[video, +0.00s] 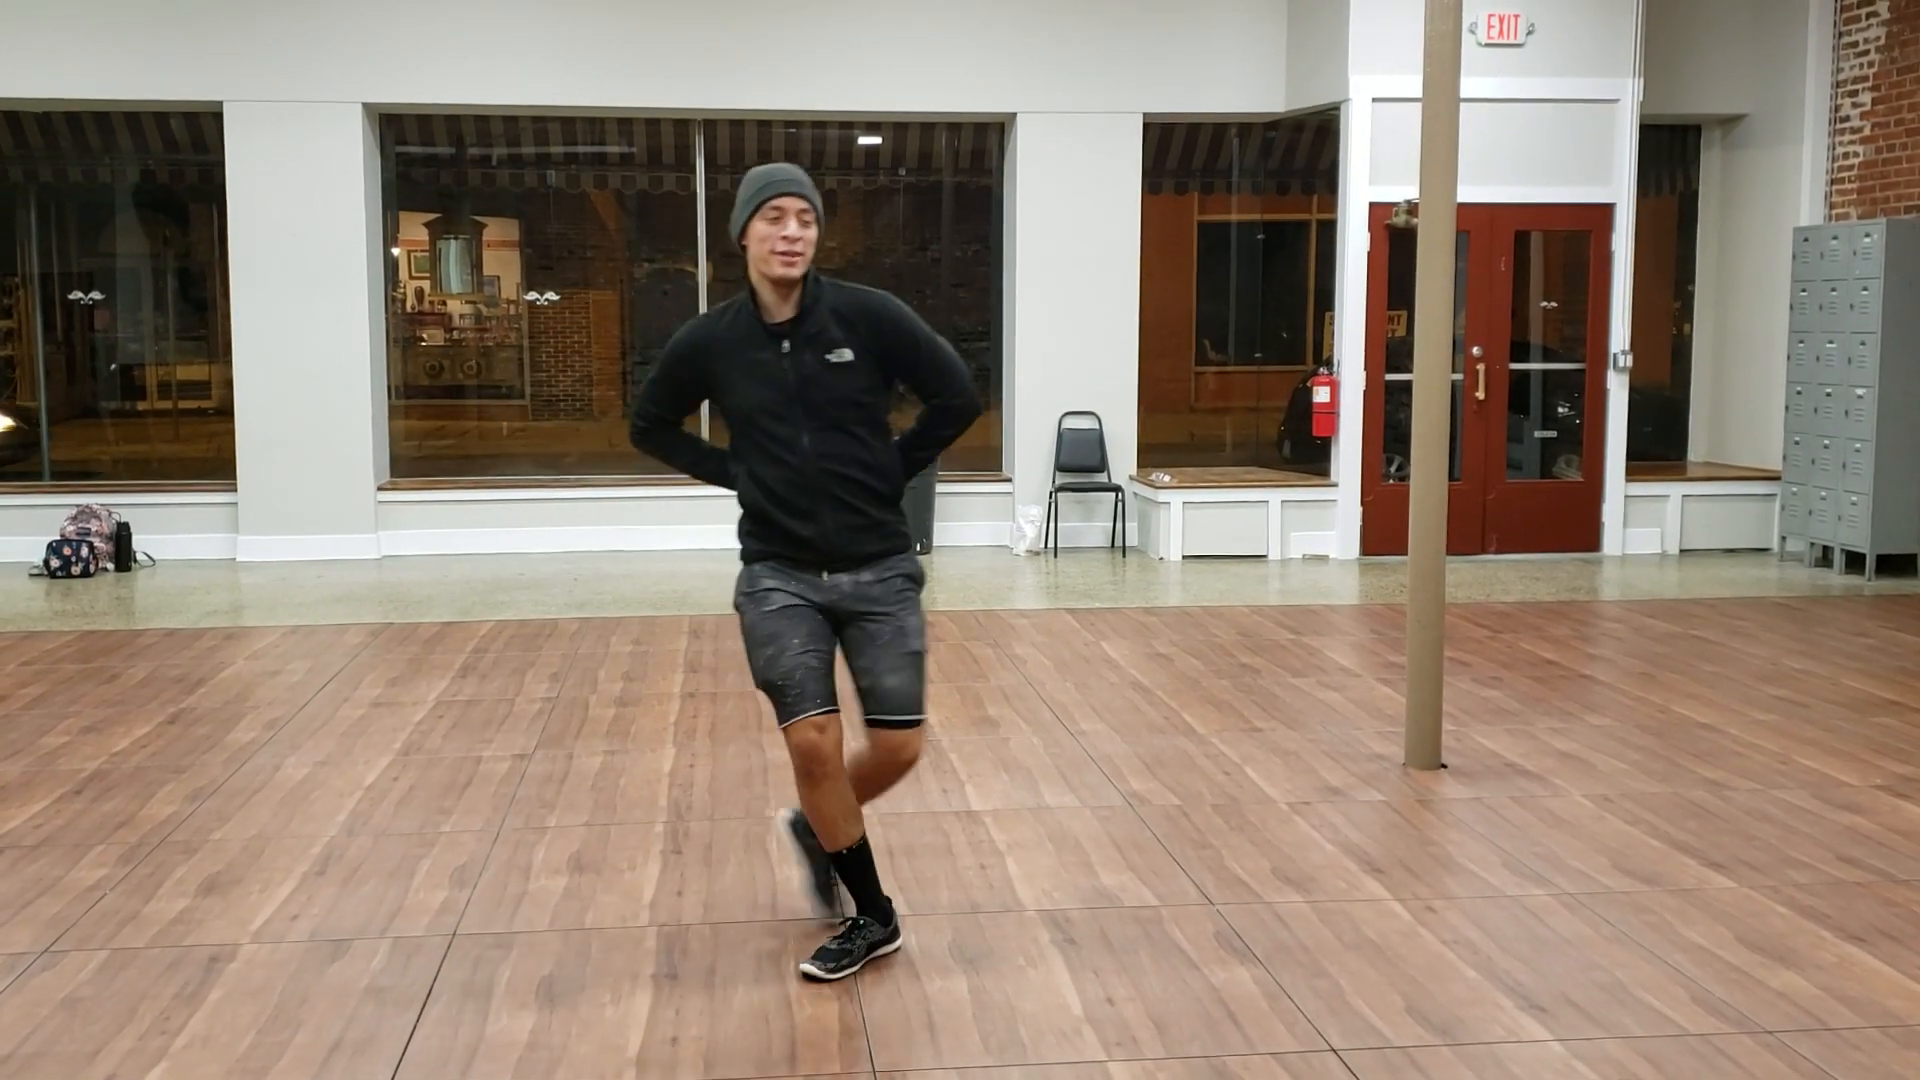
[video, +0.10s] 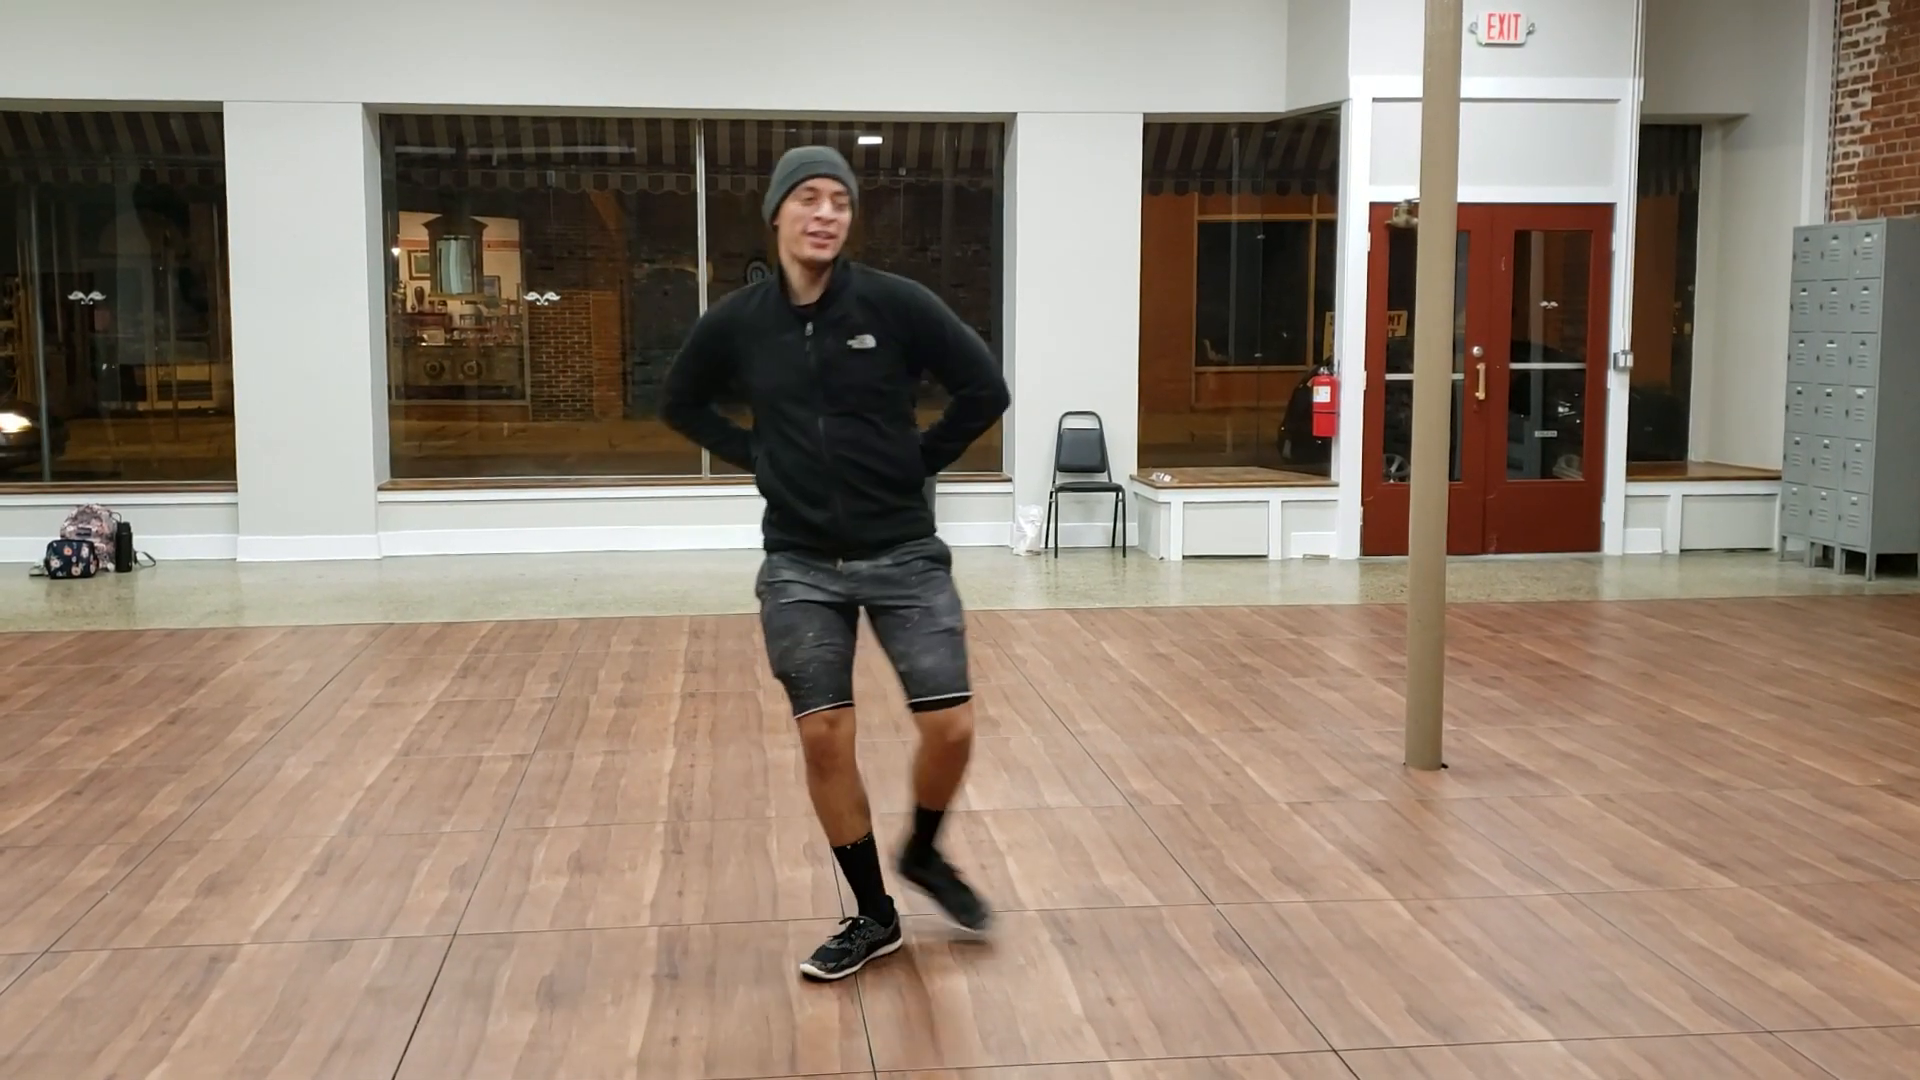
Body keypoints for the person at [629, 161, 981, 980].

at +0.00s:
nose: (790, 232)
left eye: (803, 219)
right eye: (773, 218)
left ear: (819, 236)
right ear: (742, 237)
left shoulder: (869, 316)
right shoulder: (706, 341)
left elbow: (960, 399)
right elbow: (648, 429)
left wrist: (890, 468)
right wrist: (735, 472)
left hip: (878, 568)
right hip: (777, 571)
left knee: (898, 745)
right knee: (814, 746)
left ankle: (813, 824)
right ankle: (874, 916)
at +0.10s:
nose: (822, 214)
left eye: (837, 203)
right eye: (806, 200)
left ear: (852, 222)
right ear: (774, 216)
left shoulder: (898, 304)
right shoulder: (733, 322)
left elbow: (985, 391)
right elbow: (679, 405)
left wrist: (917, 463)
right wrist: (760, 456)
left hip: (904, 554)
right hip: (799, 560)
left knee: (951, 726)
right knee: (823, 736)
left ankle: (921, 851)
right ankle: (873, 915)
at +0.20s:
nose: (855, 200)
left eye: (869, 190)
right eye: (840, 186)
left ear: (883, 210)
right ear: (807, 201)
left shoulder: (922, 295)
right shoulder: (763, 305)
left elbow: (1013, 388)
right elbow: (720, 386)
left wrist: (937, 453)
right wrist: (788, 441)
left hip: (925, 545)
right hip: (820, 552)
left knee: (990, 721)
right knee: (840, 732)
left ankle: (1032, 885)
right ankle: (876, 916)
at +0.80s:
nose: (848, 205)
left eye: (867, 198)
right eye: (838, 189)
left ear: (886, 221)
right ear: (812, 201)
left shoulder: (907, 310)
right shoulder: (775, 298)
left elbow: (995, 414)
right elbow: (729, 364)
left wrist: (913, 466)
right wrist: (775, 423)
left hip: (883, 557)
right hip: (793, 553)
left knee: (894, 735)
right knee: (799, 720)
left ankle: (1006, 868)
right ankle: (870, 857)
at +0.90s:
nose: (815, 208)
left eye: (834, 200)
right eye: (804, 193)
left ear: (852, 223)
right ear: (777, 208)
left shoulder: (878, 314)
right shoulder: (737, 304)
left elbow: (970, 412)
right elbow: (680, 367)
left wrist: (889, 469)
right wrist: (737, 427)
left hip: (849, 551)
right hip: (761, 551)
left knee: (801, 731)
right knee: (790, 731)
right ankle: (864, 863)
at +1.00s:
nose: (786, 219)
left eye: (804, 211)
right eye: (774, 205)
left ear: (821, 232)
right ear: (747, 220)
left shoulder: (853, 323)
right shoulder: (702, 312)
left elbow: (944, 416)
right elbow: (633, 379)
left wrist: (858, 476)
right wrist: (696, 446)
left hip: (813, 561)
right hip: (725, 559)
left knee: (741, 742)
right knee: (776, 740)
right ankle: (872, 853)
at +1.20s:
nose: (736, 229)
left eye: (752, 220)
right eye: (722, 215)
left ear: (768, 245)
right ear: (692, 232)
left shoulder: (799, 347)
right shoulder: (637, 316)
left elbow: (863, 446)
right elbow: (543, 382)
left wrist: (772, 494)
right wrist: (610, 461)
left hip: (727, 575)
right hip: (631, 567)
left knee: (663, 757)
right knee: (616, 761)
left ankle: (642, 923)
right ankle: (750, 824)